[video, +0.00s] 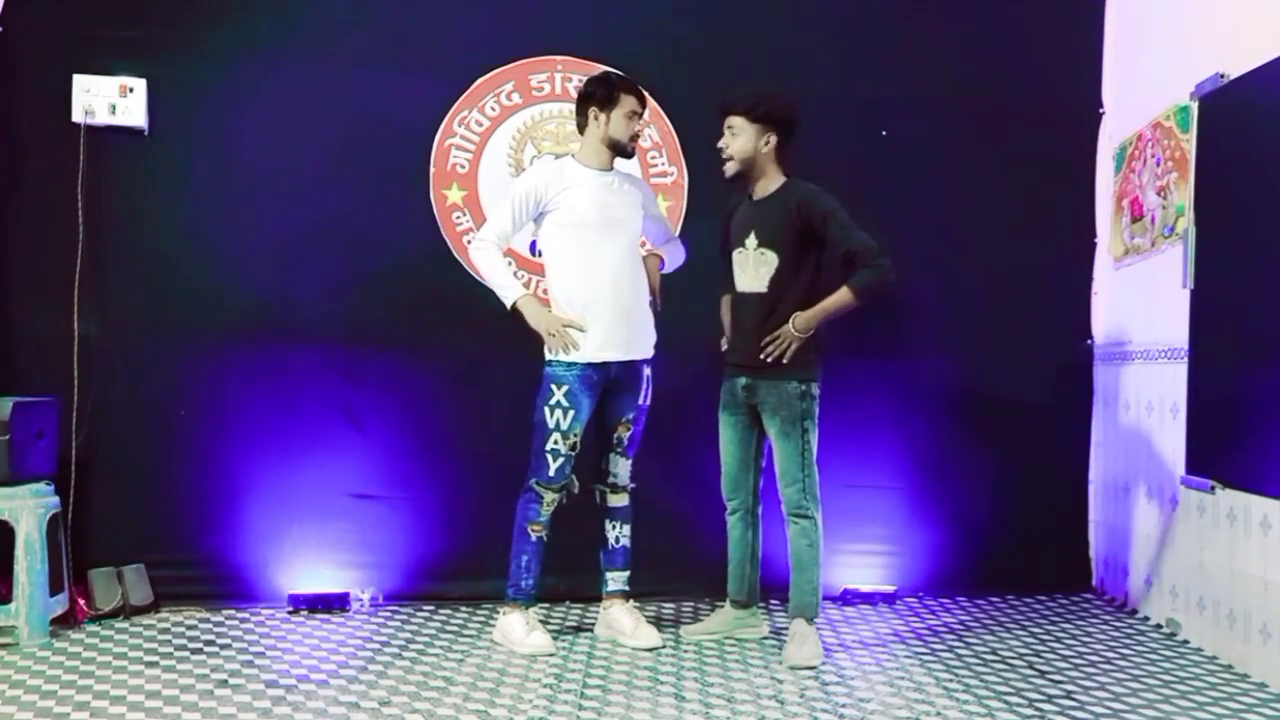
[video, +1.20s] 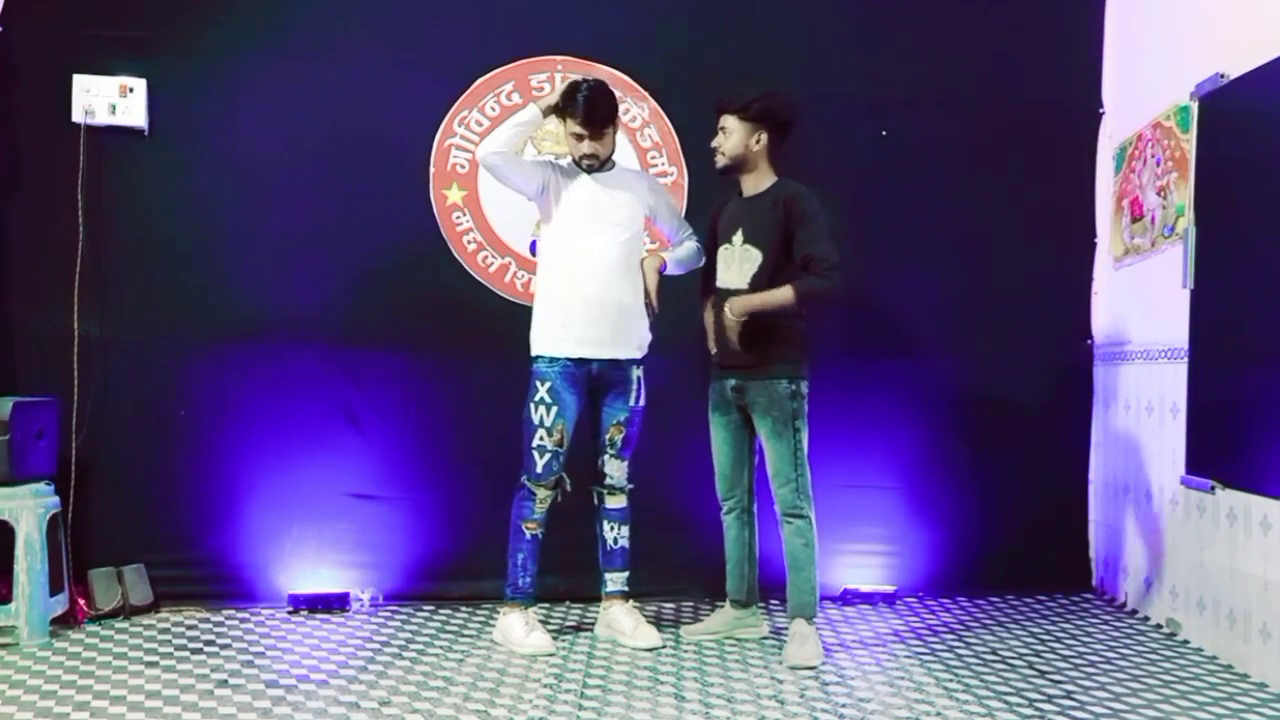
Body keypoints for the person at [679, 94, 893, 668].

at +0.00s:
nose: (721, 143)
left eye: (732, 133)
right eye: (723, 134)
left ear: (768, 141)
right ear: (746, 145)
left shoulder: (808, 202)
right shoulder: (736, 213)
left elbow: (874, 269)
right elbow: (731, 282)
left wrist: (809, 318)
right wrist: (729, 319)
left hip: (788, 379)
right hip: (737, 378)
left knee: (798, 503)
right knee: (737, 499)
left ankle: (802, 623)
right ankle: (742, 610)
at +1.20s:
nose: (714, 142)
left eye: (725, 132)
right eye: (716, 132)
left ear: (759, 139)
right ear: (745, 142)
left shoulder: (796, 202)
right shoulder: (721, 211)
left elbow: (825, 279)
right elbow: (711, 281)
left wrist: (748, 302)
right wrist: (711, 317)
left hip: (777, 377)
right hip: (724, 378)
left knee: (790, 503)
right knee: (733, 499)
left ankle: (802, 622)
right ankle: (741, 609)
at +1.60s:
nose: (702, 145)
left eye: (712, 136)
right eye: (702, 136)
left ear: (747, 143)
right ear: (724, 146)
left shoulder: (773, 206)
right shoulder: (724, 209)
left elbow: (739, 286)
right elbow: (713, 278)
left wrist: (672, 257)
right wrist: (665, 254)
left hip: (762, 370)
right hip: (722, 371)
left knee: (752, 487)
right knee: (726, 493)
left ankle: (797, 615)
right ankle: (741, 610)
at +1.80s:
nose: (697, 150)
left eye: (709, 139)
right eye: (693, 140)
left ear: (742, 145)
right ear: (696, 146)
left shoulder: (766, 199)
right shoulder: (713, 208)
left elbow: (713, 236)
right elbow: (672, 239)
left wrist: (645, 187)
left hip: (764, 371)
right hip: (727, 371)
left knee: (762, 499)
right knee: (730, 498)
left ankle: (759, 634)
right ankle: (738, 609)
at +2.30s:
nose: (680, 139)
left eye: (687, 128)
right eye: (681, 128)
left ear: (716, 133)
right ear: (712, 134)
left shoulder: (762, 192)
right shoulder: (716, 195)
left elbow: (762, 276)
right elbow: (715, 266)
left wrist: (692, 253)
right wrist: (668, 248)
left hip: (763, 370)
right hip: (730, 369)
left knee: (761, 500)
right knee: (728, 496)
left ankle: (762, 638)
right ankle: (738, 613)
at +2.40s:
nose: (680, 137)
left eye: (686, 126)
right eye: (681, 127)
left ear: (715, 131)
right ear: (715, 132)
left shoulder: (763, 195)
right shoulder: (725, 199)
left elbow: (782, 283)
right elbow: (722, 279)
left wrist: (702, 291)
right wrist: (666, 289)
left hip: (757, 372)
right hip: (727, 371)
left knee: (758, 501)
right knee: (729, 500)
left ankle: (761, 638)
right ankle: (739, 614)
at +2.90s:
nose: (705, 137)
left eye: (717, 126)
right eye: (702, 127)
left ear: (749, 129)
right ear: (705, 132)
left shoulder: (762, 177)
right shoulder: (727, 192)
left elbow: (788, 212)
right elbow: (708, 268)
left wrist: (713, 238)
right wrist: (666, 260)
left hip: (731, 363)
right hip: (707, 363)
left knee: (730, 497)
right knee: (716, 496)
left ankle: (755, 636)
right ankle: (735, 613)